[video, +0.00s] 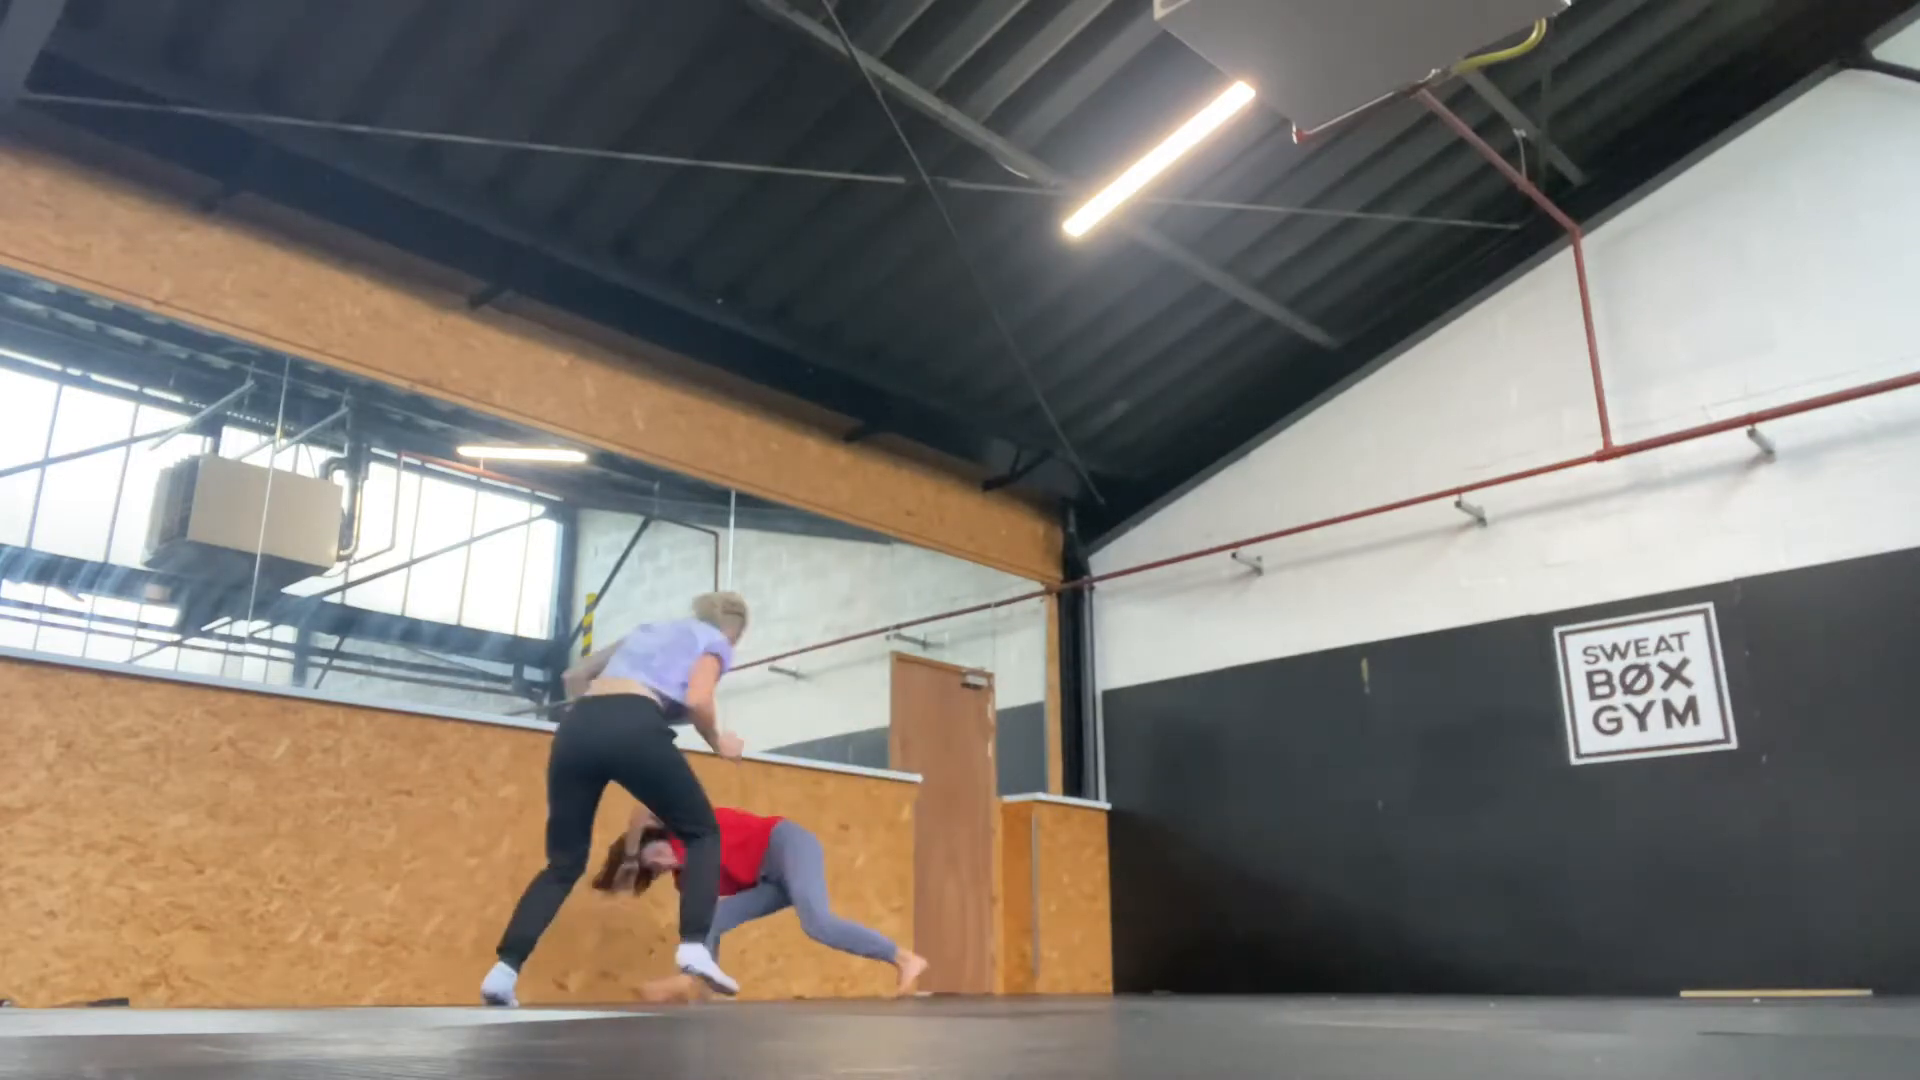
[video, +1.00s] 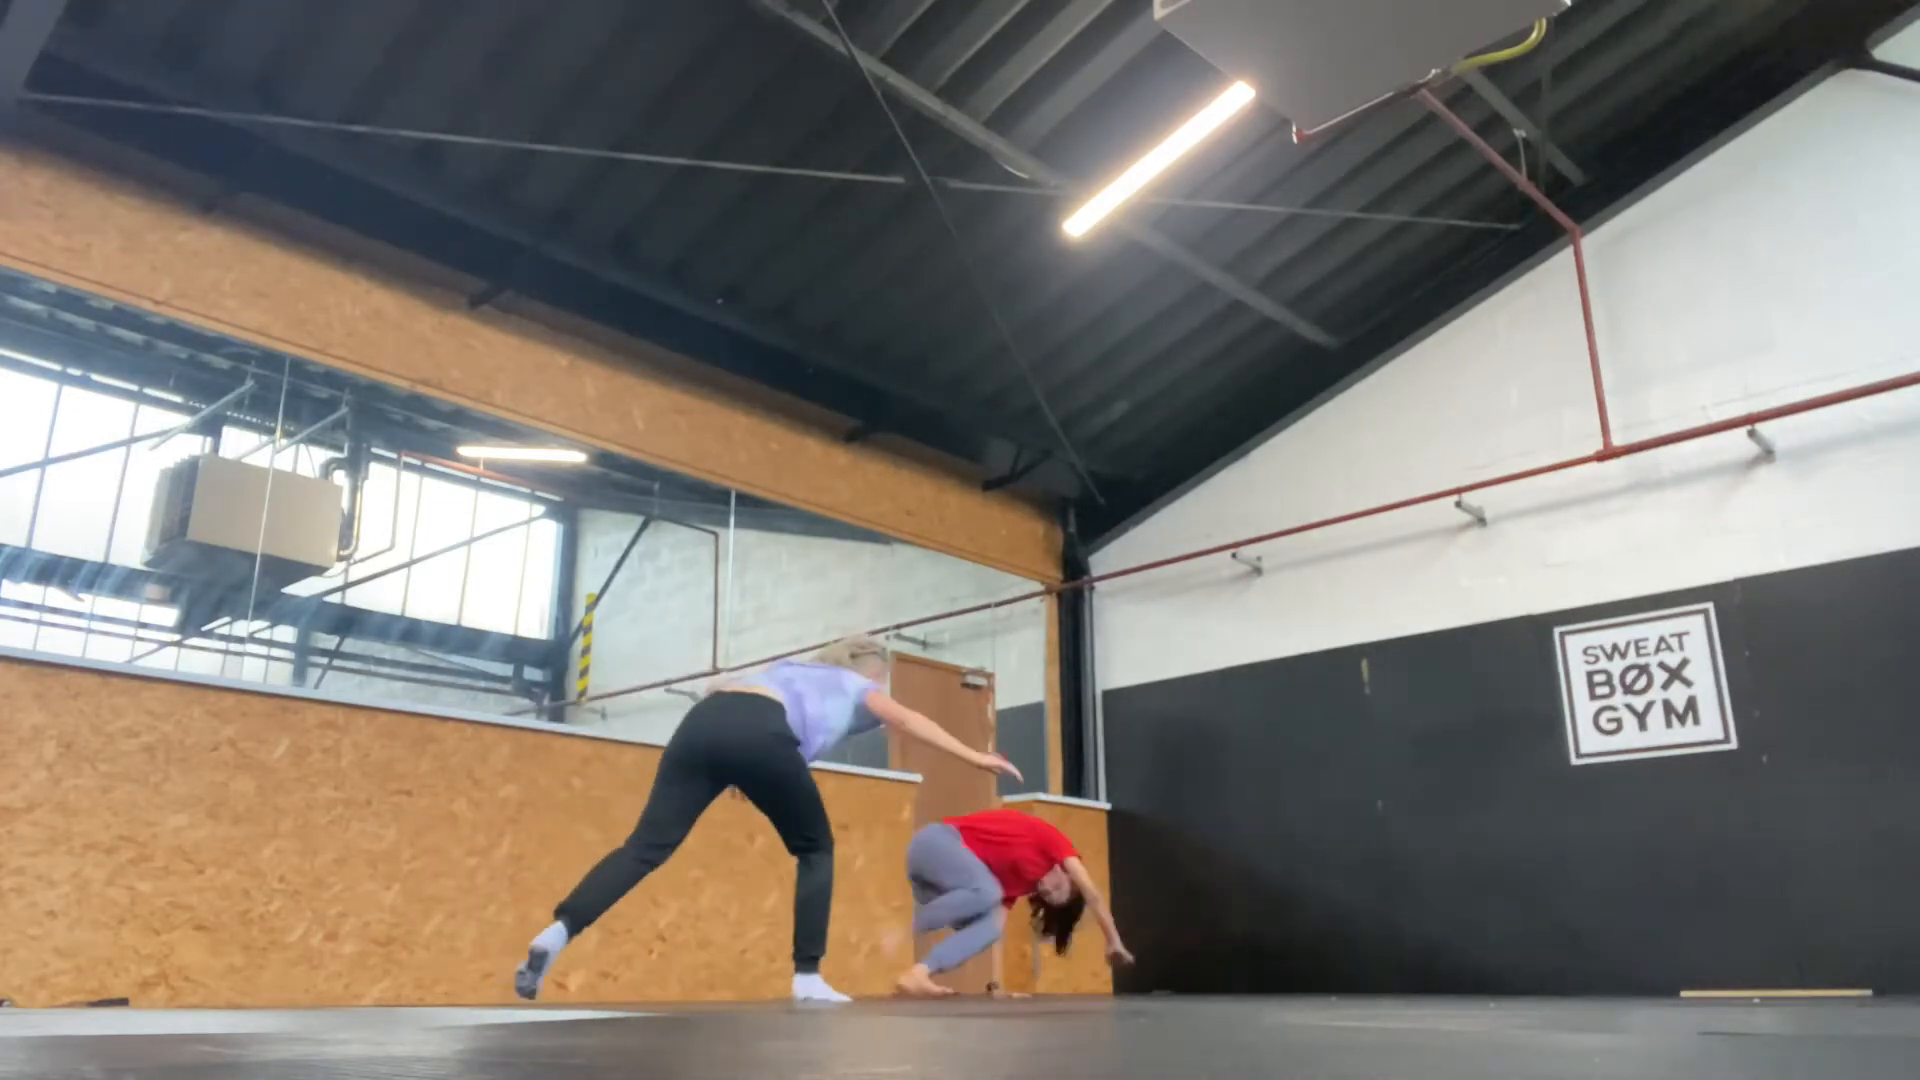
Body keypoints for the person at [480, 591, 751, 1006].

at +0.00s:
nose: (734, 645)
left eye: (738, 639)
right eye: (737, 638)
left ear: (699, 615)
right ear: (732, 628)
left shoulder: (645, 632)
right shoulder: (715, 638)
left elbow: (575, 676)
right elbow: (698, 699)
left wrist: (595, 719)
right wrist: (718, 743)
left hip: (578, 724)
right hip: (633, 725)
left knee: (563, 865)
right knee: (703, 833)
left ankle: (504, 970)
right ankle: (695, 947)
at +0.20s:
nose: (658, 674)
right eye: (658, 669)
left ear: (610, 655)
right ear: (652, 664)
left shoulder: (572, 672)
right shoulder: (662, 691)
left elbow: (528, 732)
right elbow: (678, 777)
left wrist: (530, 792)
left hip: (555, 743)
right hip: (621, 744)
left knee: (546, 868)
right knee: (675, 862)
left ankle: (505, 981)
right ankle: (700, 968)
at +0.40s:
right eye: (653, 685)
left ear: (609, 674)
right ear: (649, 681)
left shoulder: (578, 690)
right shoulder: (657, 694)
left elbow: (546, 740)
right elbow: (667, 748)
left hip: (562, 747)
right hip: (628, 744)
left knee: (554, 866)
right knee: (706, 853)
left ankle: (506, 980)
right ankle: (753, 958)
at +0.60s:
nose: (722, 686)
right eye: (723, 679)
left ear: (679, 668)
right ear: (720, 675)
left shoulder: (645, 683)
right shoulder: (725, 699)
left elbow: (587, 714)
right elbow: (744, 786)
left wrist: (602, 760)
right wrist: (702, 782)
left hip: (605, 751)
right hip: (668, 752)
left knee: (586, 873)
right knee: (741, 861)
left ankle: (509, 984)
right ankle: (796, 979)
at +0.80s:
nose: (826, 694)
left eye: (823, 688)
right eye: (825, 688)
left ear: (779, 665)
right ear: (815, 678)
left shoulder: (740, 672)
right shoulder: (816, 695)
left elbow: (680, 681)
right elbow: (875, 753)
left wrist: (685, 716)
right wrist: (910, 784)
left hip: (677, 727)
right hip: (735, 737)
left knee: (605, 850)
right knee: (797, 850)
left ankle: (519, 974)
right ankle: (804, 981)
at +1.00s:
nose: (883, 692)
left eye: (883, 684)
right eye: (881, 685)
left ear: (834, 663)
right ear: (866, 674)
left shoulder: (794, 669)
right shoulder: (856, 685)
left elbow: (737, 684)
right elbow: (907, 720)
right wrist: (975, 756)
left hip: (705, 718)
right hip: (761, 726)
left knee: (646, 846)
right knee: (814, 850)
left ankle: (556, 933)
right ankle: (808, 980)